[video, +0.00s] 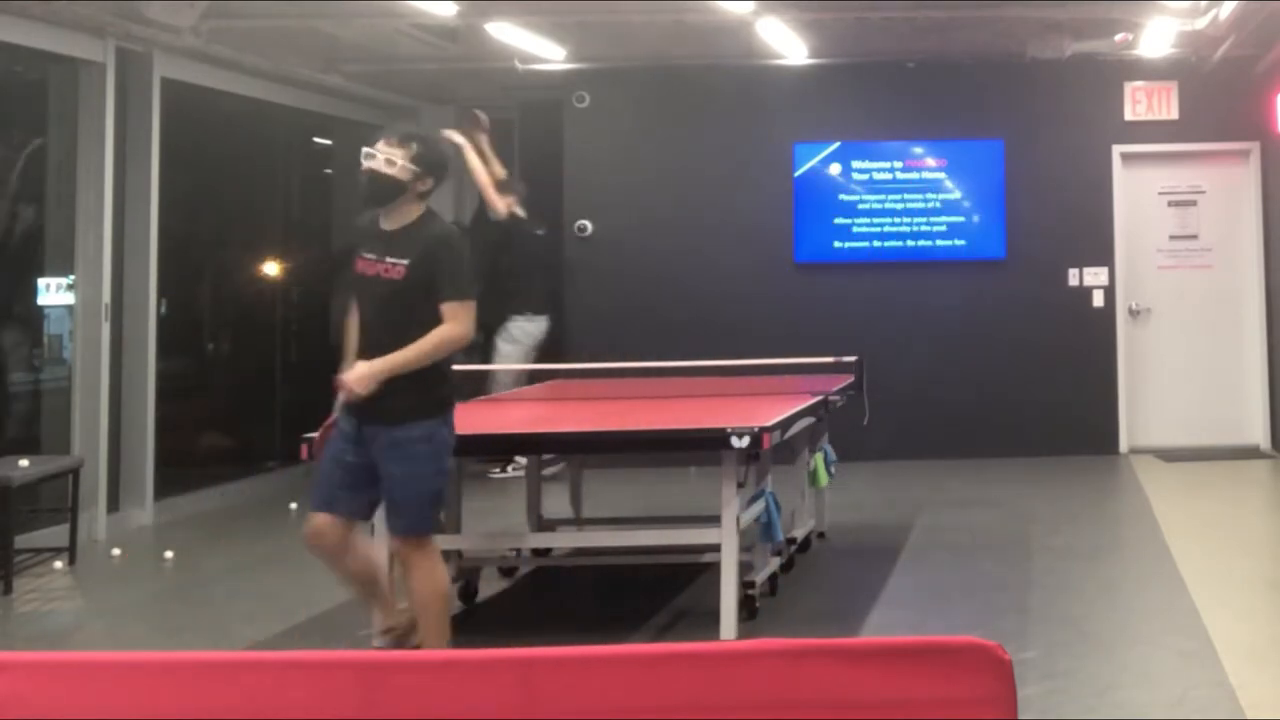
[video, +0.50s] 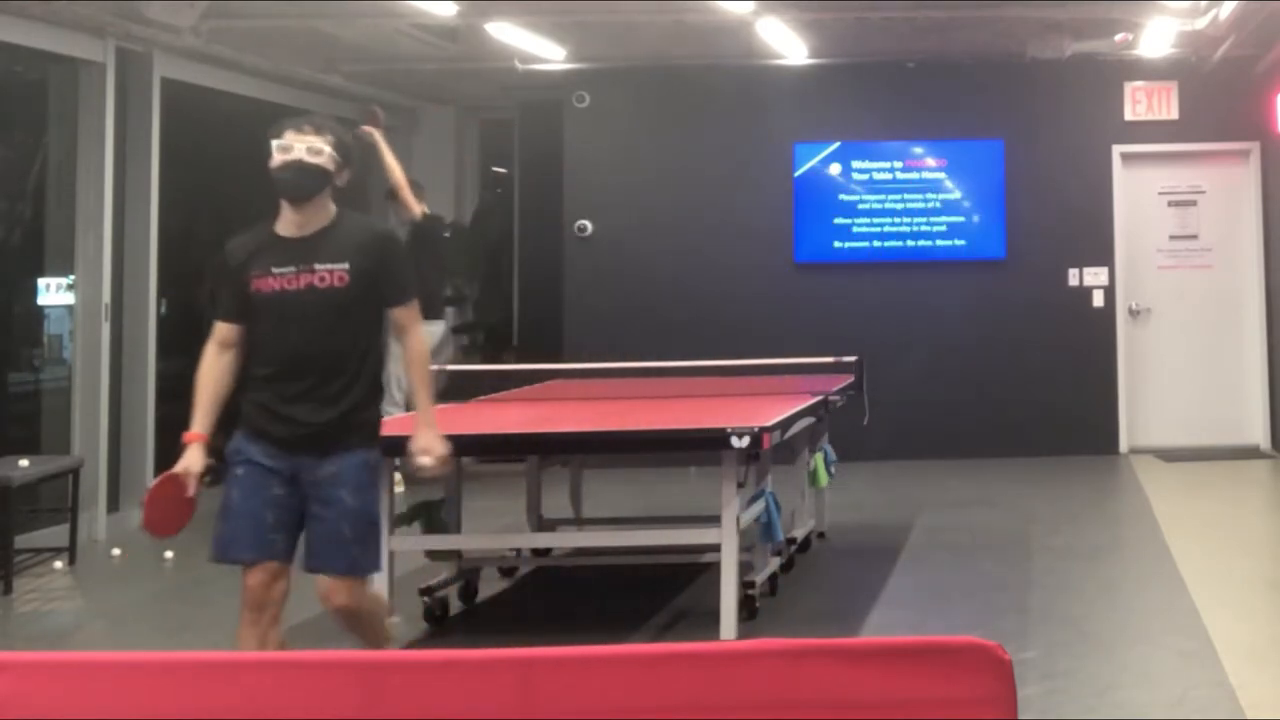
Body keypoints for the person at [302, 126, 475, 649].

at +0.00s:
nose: (374, 174)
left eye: (389, 167)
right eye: (374, 164)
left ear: (422, 182)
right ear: (370, 169)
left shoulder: (444, 239)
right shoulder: (369, 234)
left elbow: (461, 327)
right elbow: (357, 314)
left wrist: (379, 368)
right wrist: (347, 388)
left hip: (416, 420)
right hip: (362, 414)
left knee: (415, 544)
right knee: (325, 530)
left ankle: (436, 664)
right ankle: (394, 613)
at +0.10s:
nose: (372, 171)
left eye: (389, 164)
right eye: (368, 159)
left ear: (418, 182)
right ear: (356, 166)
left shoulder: (444, 242)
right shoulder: (341, 234)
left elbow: (464, 329)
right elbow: (326, 311)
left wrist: (397, 385)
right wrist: (316, 393)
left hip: (416, 429)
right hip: (344, 421)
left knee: (421, 548)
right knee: (298, 542)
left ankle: (437, 667)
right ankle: (325, 664)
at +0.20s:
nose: (359, 172)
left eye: (377, 166)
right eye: (354, 161)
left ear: (404, 187)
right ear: (339, 171)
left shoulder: (431, 250)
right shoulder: (317, 244)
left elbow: (453, 334)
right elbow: (296, 320)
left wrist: (423, 413)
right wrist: (282, 401)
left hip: (403, 431)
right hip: (327, 425)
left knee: (418, 555)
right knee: (287, 552)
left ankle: (434, 672)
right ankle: (262, 685)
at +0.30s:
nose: (334, 179)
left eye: (351, 171)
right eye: (327, 167)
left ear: (379, 188)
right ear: (314, 176)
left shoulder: (410, 255)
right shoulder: (296, 251)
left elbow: (440, 341)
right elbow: (273, 332)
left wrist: (450, 432)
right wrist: (248, 414)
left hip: (385, 445)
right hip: (305, 438)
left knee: (400, 563)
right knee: (284, 568)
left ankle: (428, 671)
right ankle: (261, 707)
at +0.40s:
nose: (310, 170)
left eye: (328, 163)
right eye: (302, 159)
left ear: (355, 185)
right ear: (287, 172)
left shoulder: (387, 256)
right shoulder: (266, 256)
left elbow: (429, 339)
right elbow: (248, 343)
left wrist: (454, 429)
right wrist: (222, 431)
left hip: (362, 450)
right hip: (283, 446)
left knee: (375, 583)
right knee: (272, 584)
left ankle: (419, 653)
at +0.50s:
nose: (294, 158)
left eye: (311, 150)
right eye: (283, 149)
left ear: (340, 170)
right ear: (268, 165)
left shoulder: (373, 243)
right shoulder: (244, 253)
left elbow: (410, 330)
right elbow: (222, 346)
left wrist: (426, 423)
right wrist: (197, 440)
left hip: (345, 446)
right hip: (262, 444)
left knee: (340, 595)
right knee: (259, 588)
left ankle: (389, 652)